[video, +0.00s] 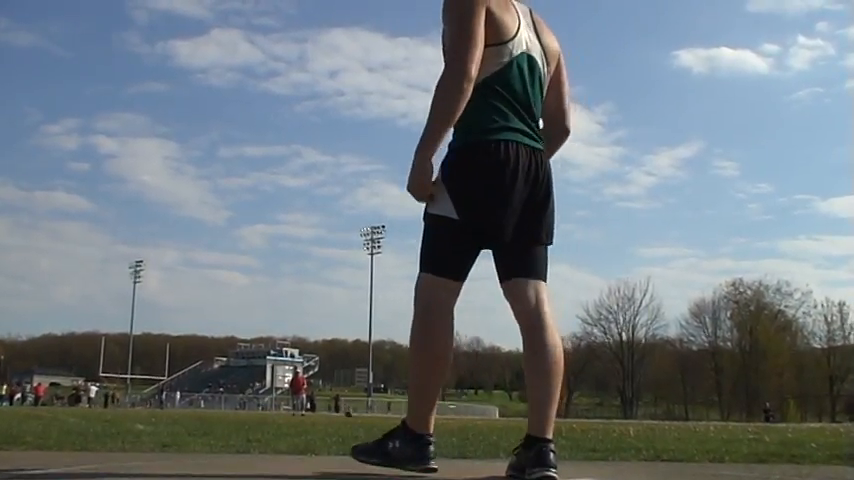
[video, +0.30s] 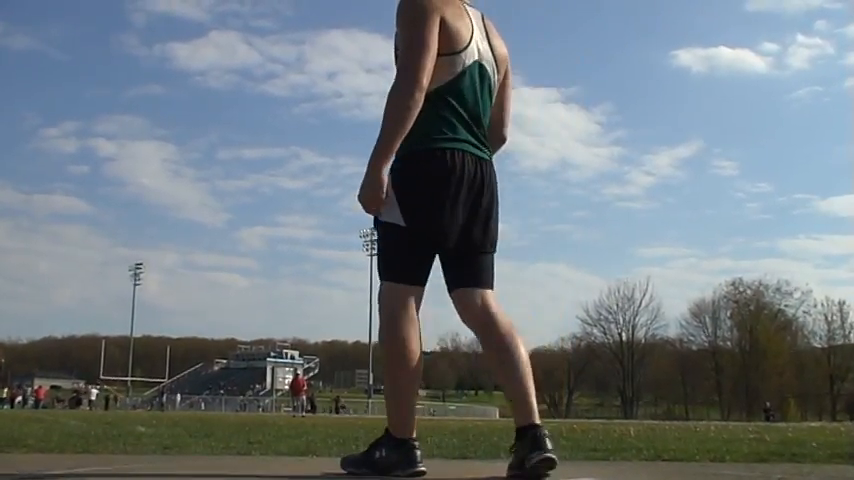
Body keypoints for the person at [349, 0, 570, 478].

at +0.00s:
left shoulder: (471, 4)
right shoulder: (546, 33)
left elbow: (461, 75)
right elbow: (559, 125)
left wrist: (422, 157)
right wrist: (519, 167)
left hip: (476, 164)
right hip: (532, 174)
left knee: (434, 297)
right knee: (534, 307)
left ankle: (414, 436)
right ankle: (540, 447)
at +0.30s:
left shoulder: (424, 6)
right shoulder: (496, 39)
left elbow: (412, 86)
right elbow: (498, 132)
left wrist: (377, 165)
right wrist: (455, 166)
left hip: (423, 169)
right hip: (478, 175)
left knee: (399, 304)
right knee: (479, 302)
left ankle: (399, 443)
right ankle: (533, 436)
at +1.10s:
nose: (287, 9)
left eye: (289, 5)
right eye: (288, 6)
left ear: (299, 2)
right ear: (335, 4)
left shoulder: (307, 23)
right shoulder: (369, 50)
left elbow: (302, 104)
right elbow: (381, 144)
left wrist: (268, 182)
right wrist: (374, 216)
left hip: (331, 181)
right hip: (363, 185)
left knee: (340, 308)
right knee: (311, 311)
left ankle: (394, 434)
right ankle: (283, 439)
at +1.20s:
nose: (276, 10)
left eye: (277, 5)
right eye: (277, 7)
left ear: (288, 3)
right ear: (323, 7)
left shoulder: (293, 26)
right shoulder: (359, 62)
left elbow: (286, 100)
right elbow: (365, 147)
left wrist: (251, 177)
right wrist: (355, 206)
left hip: (312, 182)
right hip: (349, 188)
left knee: (300, 308)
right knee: (306, 314)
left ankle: (377, 419)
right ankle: (283, 440)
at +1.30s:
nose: (267, 13)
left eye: (267, 8)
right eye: (267, 9)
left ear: (277, 6)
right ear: (313, 10)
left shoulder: (281, 30)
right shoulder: (347, 65)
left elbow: (272, 102)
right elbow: (353, 153)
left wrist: (232, 175)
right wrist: (334, 203)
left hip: (294, 184)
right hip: (336, 190)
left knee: (260, 308)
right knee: (301, 313)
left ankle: (345, 396)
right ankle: (283, 439)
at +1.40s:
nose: (254, 18)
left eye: (255, 13)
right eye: (255, 14)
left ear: (266, 9)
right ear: (301, 13)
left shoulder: (270, 33)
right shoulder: (333, 69)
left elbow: (261, 107)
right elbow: (339, 158)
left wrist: (216, 175)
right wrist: (313, 202)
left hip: (279, 184)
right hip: (324, 192)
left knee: (233, 302)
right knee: (294, 312)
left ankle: (301, 396)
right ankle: (285, 438)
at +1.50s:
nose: (243, 21)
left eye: (244, 15)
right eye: (244, 16)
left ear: (255, 10)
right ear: (289, 15)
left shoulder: (257, 37)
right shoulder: (316, 70)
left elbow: (253, 108)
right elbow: (324, 159)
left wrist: (204, 170)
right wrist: (306, 207)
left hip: (263, 186)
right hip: (310, 194)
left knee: (210, 298)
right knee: (291, 314)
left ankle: (242, 417)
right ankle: (286, 440)